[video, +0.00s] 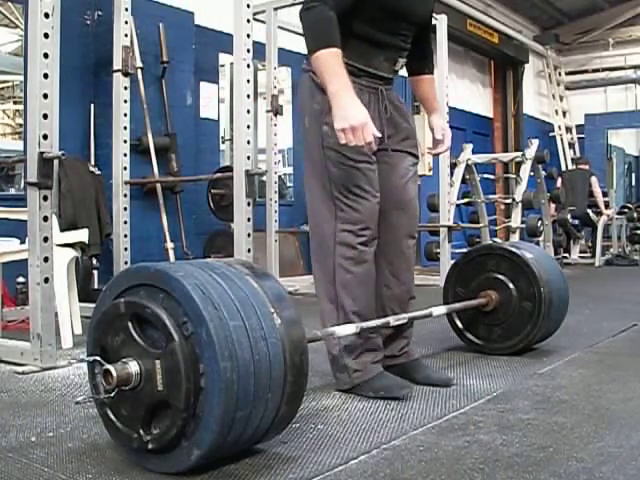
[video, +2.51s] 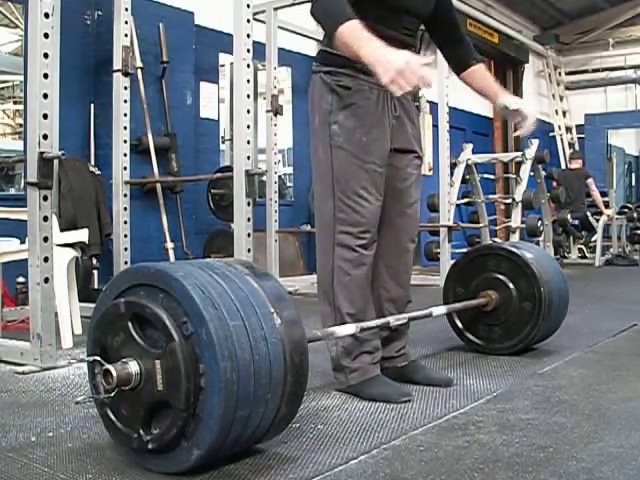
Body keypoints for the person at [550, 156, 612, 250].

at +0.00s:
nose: (588, 168)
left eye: (588, 166)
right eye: (588, 166)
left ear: (576, 165)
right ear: (587, 166)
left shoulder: (563, 174)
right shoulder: (590, 175)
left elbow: (558, 189)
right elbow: (597, 193)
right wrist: (603, 210)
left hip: (564, 210)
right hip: (580, 210)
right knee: (595, 226)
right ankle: (595, 251)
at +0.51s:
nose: (582, 163)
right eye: (582, 162)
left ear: (571, 162)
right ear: (583, 162)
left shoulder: (562, 173)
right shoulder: (586, 174)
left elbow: (555, 189)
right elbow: (595, 193)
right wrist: (603, 210)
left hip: (563, 213)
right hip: (580, 213)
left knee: (568, 233)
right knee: (596, 226)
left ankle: (567, 254)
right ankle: (596, 253)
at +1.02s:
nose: (581, 163)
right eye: (581, 161)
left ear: (567, 162)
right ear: (579, 161)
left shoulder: (560, 174)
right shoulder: (583, 174)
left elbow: (554, 193)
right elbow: (593, 193)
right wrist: (603, 210)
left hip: (561, 213)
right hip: (578, 212)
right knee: (596, 222)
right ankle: (591, 247)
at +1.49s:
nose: (582, 165)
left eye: (581, 162)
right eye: (582, 162)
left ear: (571, 163)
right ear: (582, 163)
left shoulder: (561, 174)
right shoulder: (585, 174)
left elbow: (555, 192)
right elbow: (594, 193)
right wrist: (604, 210)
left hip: (562, 212)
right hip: (579, 211)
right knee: (594, 228)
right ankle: (586, 244)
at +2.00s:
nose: (584, 167)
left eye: (583, 165)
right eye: (584, 165)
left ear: (572, 165)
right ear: (584, 165)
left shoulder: (563, 175)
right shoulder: (586, 175)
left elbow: (555, 190)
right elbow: (595, 193)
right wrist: (604, 210)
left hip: (562, 214)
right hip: (579, 213)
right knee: (593, 232)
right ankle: (583, 246)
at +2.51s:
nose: (580, 163)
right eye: (580, 161)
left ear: (569, 162)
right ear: (580, 162)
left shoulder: (561, 174)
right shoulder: (584, 174)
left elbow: (555, 190)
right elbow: (594, 192)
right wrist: (604, 210)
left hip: (563, 212)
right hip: (579, 212)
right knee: (593, 231)